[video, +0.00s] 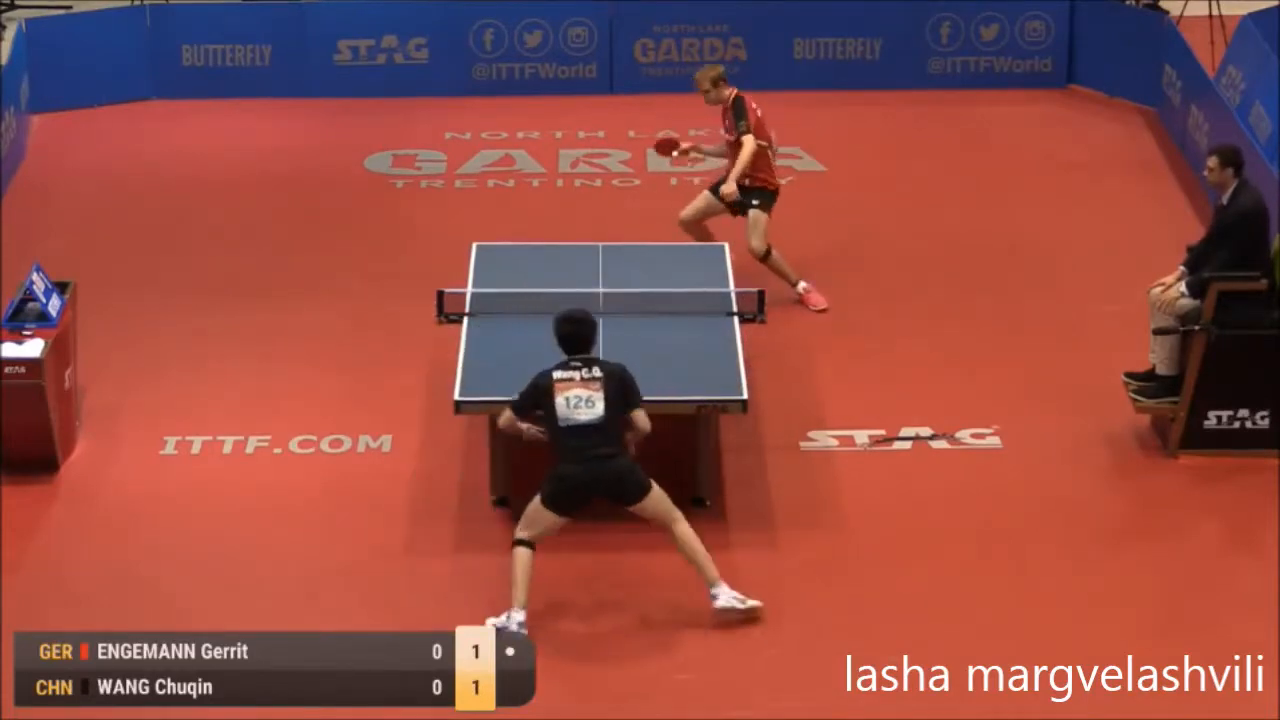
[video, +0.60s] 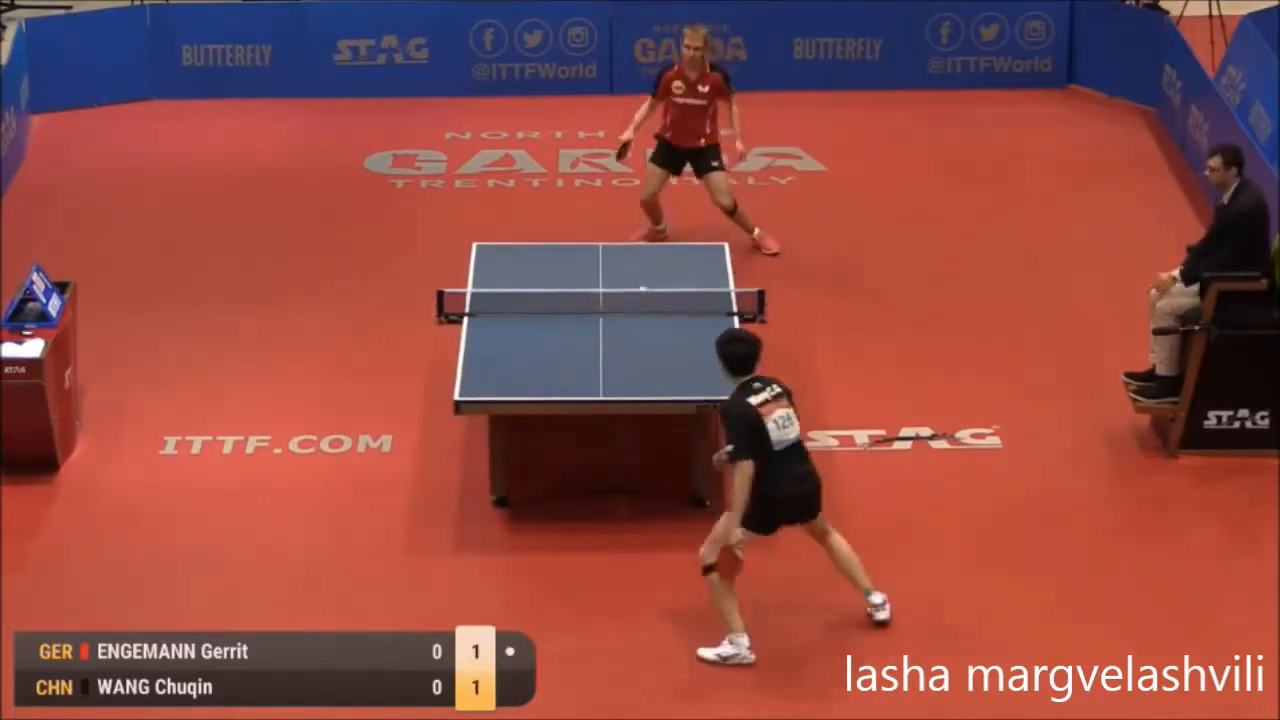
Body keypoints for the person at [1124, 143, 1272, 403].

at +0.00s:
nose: (1205, 175)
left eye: (1211, 170)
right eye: (1206, 169)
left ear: (1229, 171)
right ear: (1223, 172)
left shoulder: (1246, 206)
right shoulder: (1229, 200)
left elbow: (1227, 263)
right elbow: (1209, 244)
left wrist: (1185, 287)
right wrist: (1179, 274)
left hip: (1238, 291)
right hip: (1221, 279)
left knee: (1166, 305)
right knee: (1156, 295)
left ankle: (1169, 378)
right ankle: (1160, 369)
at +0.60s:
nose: (1207, 175)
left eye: (1213, 169)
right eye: (1207, 169)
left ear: (1232, 170)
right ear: (1225, 172)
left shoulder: (1245, 205)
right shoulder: (1231, 199)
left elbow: (1221, 257)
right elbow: (1210, 244)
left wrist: (1178, 279)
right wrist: (1177, 272)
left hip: (1236, 288)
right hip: (1222, 278)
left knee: (1165, 307)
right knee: (1157, 296)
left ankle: (1168, 378)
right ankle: (1160, 369)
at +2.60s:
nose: (1207, 175)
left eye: (1213, 170)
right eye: (1207, 169)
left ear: (1232, 172)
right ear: (1224, 172)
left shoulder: (1249, 206)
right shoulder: (1226, 199)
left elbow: (1229, 264)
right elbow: (1205, 240)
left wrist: (1184, 288)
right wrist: (1173, 274)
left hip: (1242, 292)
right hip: (1224, 280)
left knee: (1168, 307)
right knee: (1159, 297)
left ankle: (1168, 379)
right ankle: (1159, 370)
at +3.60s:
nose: (1180, 179)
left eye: (1186, 173)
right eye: (1179, 174)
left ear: (1206, 174)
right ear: (1201, 175)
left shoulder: (1223, 204)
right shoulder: (1211, 201)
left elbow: (1210, 257)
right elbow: (1196, 250)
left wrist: (1177, 292)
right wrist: (1169, 278)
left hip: (1241, 292)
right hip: (1225, 283)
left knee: (1166, 307)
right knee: (1157, 297)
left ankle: (1171, 380)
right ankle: (1161, 369)